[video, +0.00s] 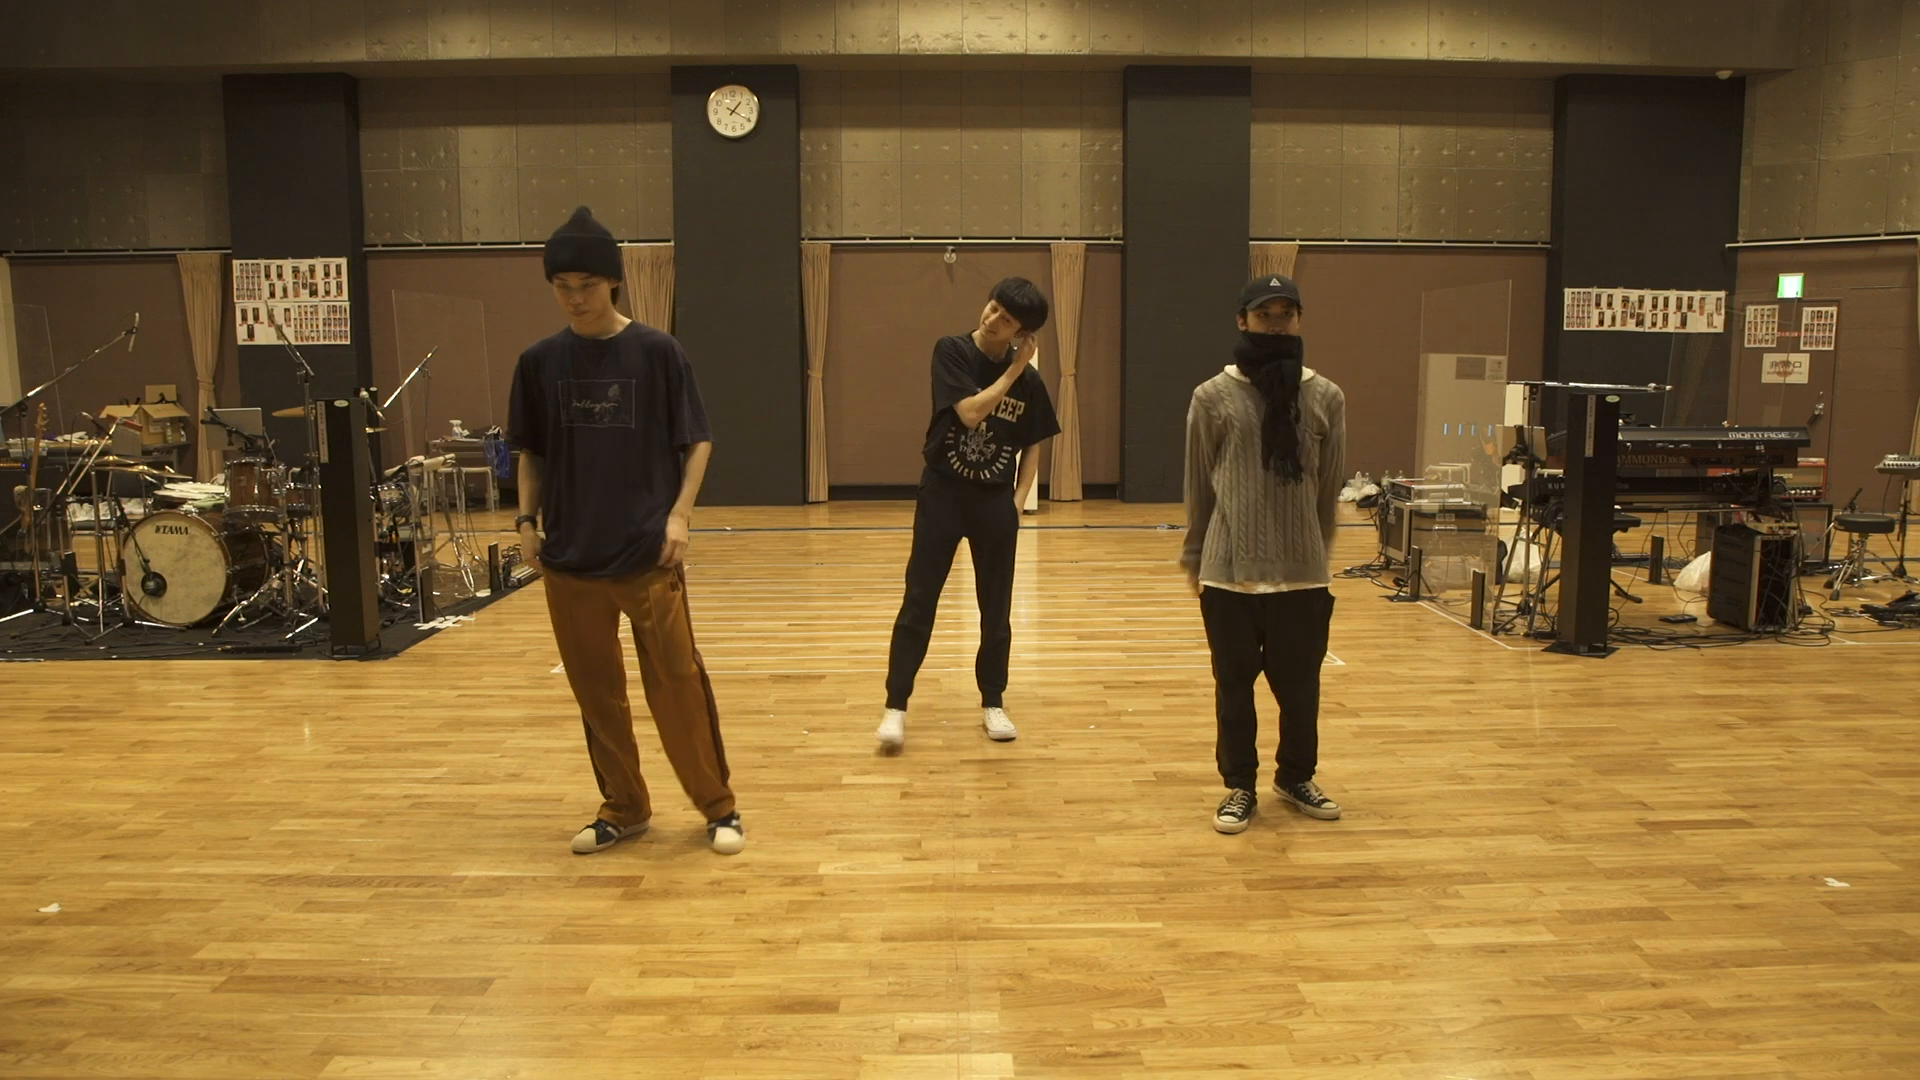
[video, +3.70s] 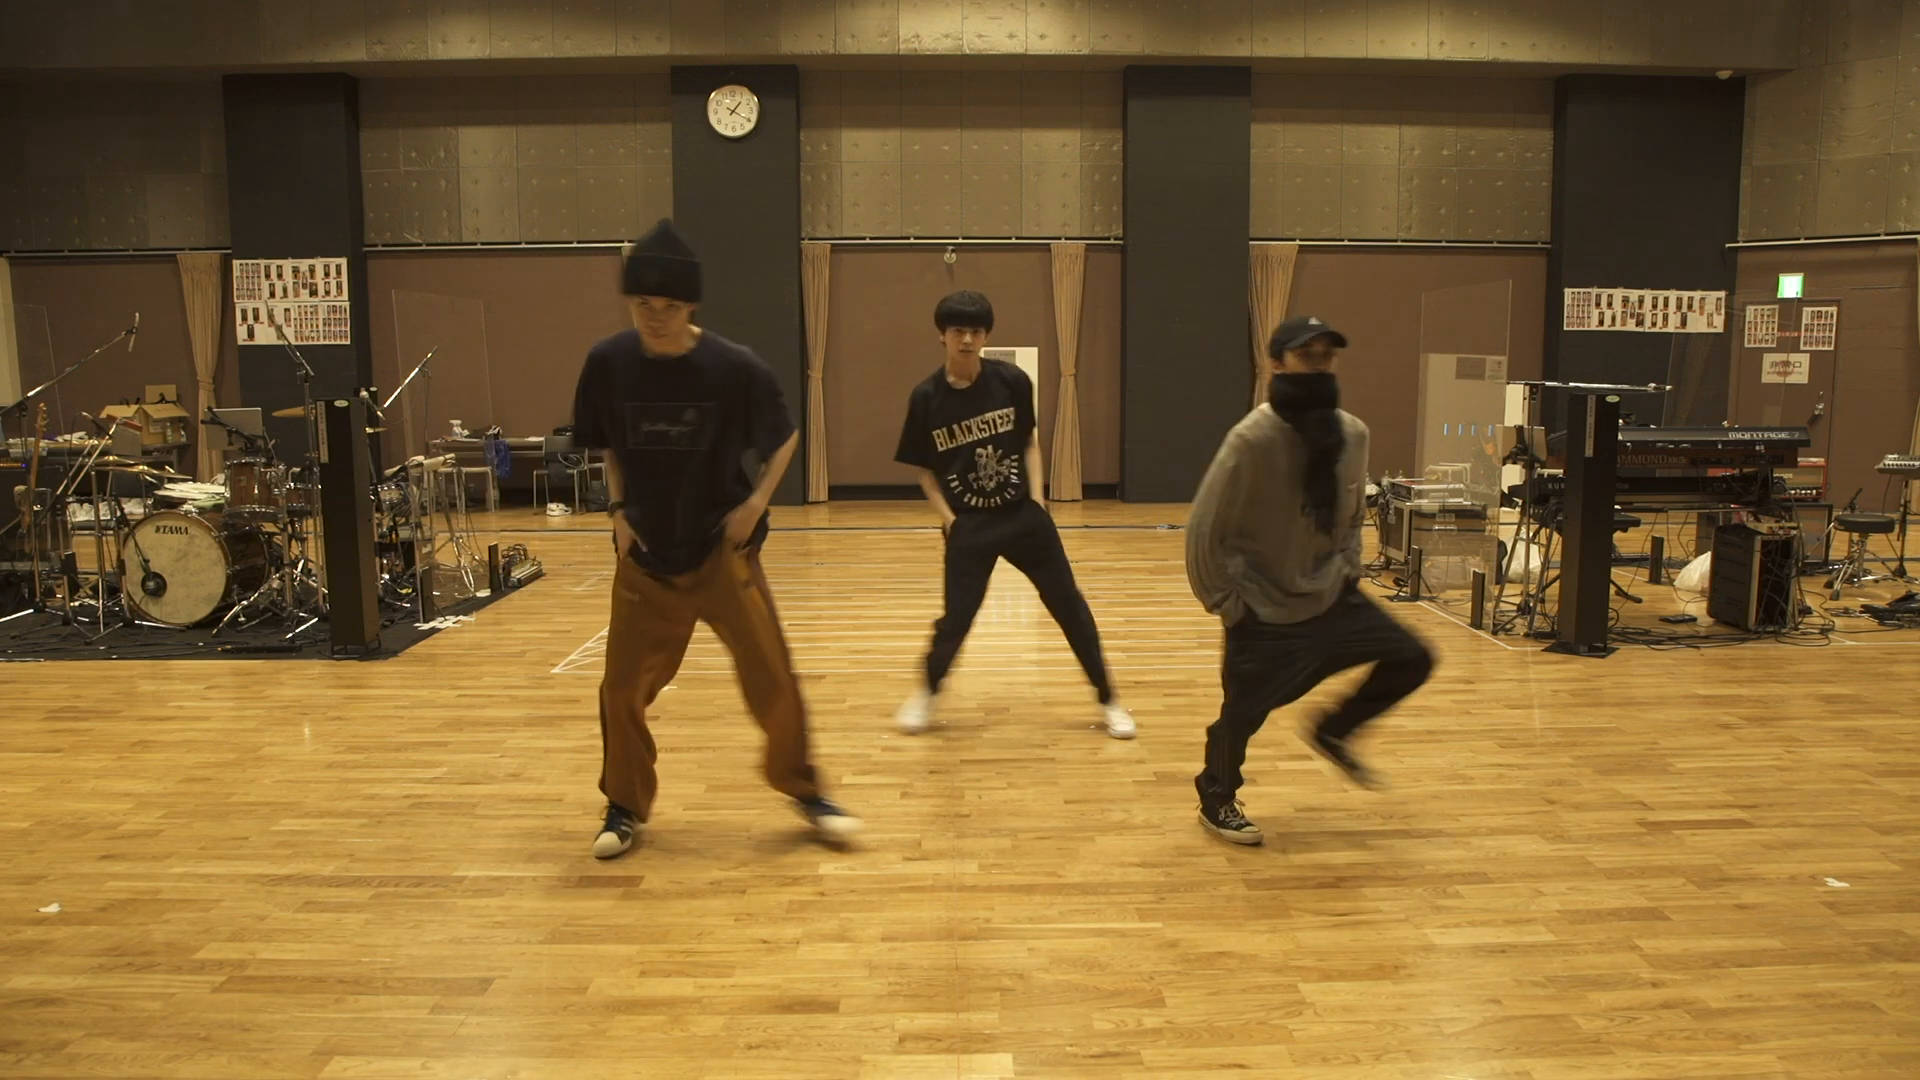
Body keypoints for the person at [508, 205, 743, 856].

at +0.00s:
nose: (576, 297)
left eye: (587, 284)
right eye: (565, 286)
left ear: (613, 280)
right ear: (552, 288)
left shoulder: (658, 354)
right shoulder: (538, 365)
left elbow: (698, 442)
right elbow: (528, 452)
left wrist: (680, 515)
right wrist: (527, 522)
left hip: (647, 552)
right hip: (569, 557)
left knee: (678, 683)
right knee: (596, 693)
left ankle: (719, 807)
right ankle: (624, 809)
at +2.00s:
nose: (671, 282)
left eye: (684, 270)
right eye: (660, 271)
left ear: (710, 276)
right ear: (648, 280)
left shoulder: (747, 361)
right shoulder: (621, 356)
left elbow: (786, 446)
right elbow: (597, 440)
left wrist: (780, 505)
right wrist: (594, 507)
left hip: (721, 546)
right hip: (640, 551)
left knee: (724, 680)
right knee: (634, 683)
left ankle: (722, 806)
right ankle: (654, 807)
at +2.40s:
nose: (620, 289)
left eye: (633, 276)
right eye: (609, 278)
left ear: (663, 280)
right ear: (598, 287)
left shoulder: (702, 362)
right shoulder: (579, 368)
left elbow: (754, 451)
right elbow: (570, 460)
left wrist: (715, 506)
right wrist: (576, 530)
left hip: (676, 551)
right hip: (607, 557)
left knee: (666, 678)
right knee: (628, 698)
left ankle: (711, 774)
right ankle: (668, 818)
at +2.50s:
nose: (591, 288)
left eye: (604, 274)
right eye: (579, 277)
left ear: (635, 278)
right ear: (569, 283)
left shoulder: (670, 353)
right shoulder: (571, 349)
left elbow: (739, 436)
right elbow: (583, 438)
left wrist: (677, 501)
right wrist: (589, 506)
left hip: (668, 533)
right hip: (609, 531)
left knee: (622, 658)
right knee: (623, 668)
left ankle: (669, 792)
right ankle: (659, 808)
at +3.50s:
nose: (610, 308)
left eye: (622, 297)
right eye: (600, 297)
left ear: (651, 296)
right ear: (588, 298)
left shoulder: (688, 368)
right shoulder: (589, 372)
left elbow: (727, 464)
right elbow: (602, 465)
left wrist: (708, 553)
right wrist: (605, 530)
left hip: (694, 559)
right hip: (629, 558)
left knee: (686, 682)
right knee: (625, 688)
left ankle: (679, 778)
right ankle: (628, 807)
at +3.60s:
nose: (623, 316)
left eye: (636, 305)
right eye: (613, 304)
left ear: (662, 305)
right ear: (600, 304)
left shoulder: (702, 373)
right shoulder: (591, 375)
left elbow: (761, 453)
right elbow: (601, 462)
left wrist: (728, 534)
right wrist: (612, 527)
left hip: (708, 559)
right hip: (640, 560)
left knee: (721, 687)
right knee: (625, 690)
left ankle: (720, 766)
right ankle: (631, 807)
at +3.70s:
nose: (651, 314)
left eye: (664, 304)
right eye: (642, 302)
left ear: (690, 303)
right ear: (629, 300)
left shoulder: (734, 369)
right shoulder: (609, 364)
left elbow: (785, 437)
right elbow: (611, 444)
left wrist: (756, 504)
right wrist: (618, 512)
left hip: (724, 555)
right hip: (646, 559)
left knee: (772, 675)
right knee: (621, 690)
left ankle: (806, 791)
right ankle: (624, 808)